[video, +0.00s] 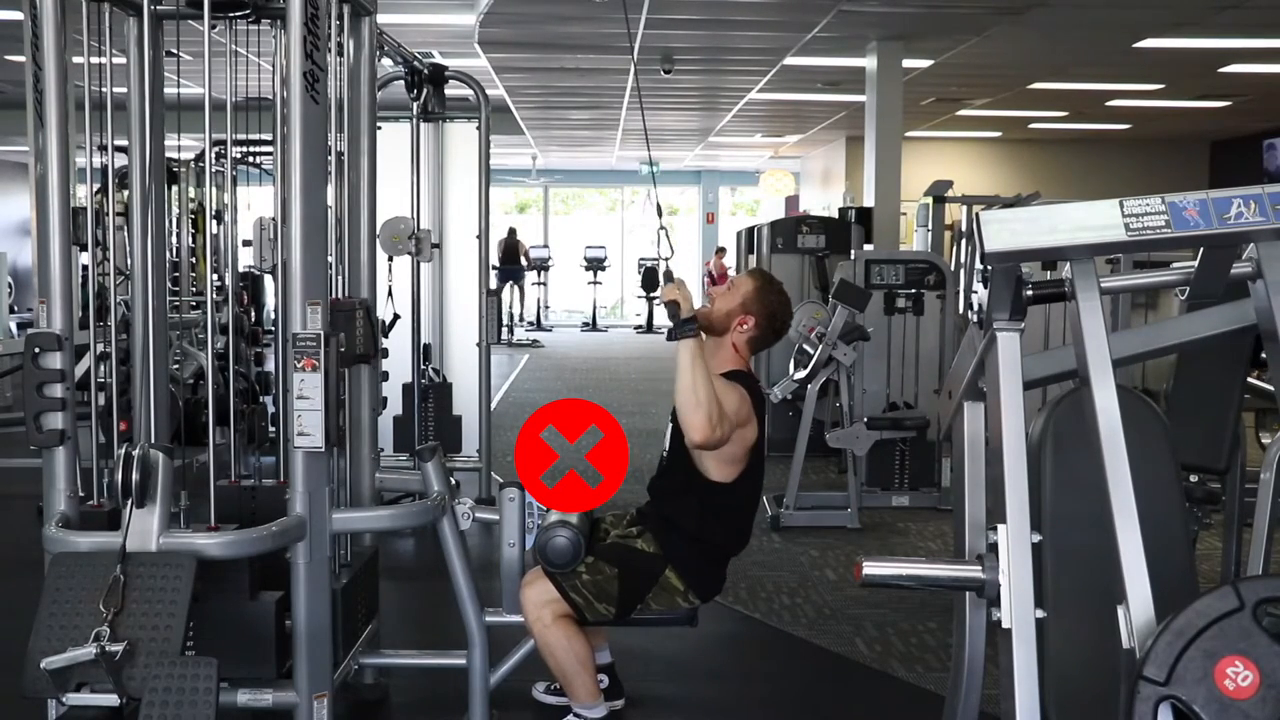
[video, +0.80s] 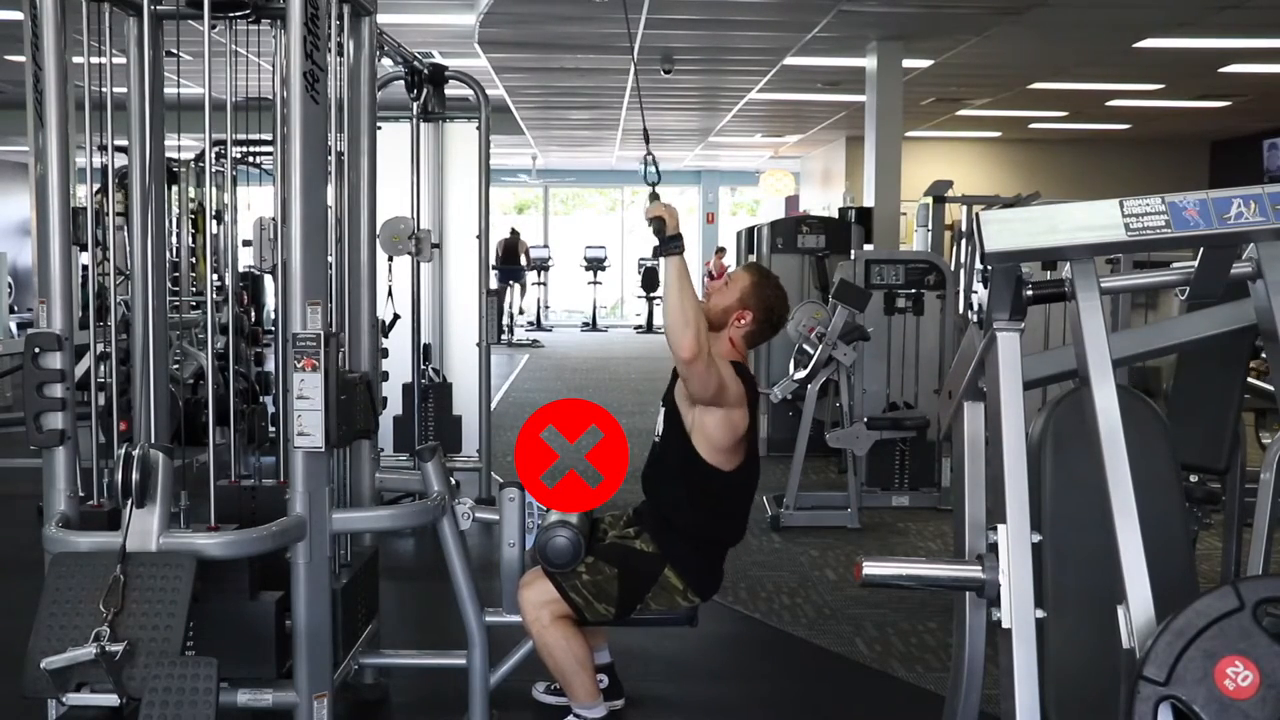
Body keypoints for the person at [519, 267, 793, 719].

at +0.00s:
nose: (716, 287)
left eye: (729, 288)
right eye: (726, 282)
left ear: (742, 325)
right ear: (743, 327)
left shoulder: (735, 391)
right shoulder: (720, 368)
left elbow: (704, 430)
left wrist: (687, 325)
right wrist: (721, 286)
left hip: (680, 559)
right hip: (660, 529)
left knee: (539, 594)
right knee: (555, 545)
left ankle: (590, 712)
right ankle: (596, 675)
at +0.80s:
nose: (712, 283)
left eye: (725, 283)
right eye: (721, 277)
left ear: (740, 318)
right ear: (741, 321)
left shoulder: (722, 384)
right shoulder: (717, 362)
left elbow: (688, 350)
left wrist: (671, 243)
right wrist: (710, 293)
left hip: (677, 561)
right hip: (654, 524)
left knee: (538, 596)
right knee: (556, 545)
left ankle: (588, 710)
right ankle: (595, 673)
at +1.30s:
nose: (701, 270)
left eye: (714, 270)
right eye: (713, 263)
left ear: (727, 308)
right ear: (729, 311)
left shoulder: (698, 355)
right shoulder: (701, 347)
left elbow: (666, 269)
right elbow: (667, 270)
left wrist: (651, 169)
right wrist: (650, 176)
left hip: (672, 557)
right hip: (657, 534)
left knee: (535, 596)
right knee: (550, 546)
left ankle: (589, 710)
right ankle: (592, 670)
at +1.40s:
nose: (703, 266)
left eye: (715, 267)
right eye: (715, 260)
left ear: (725, 306)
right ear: (729, 310)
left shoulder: (695, 352)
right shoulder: (700, 347)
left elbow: (663, 260)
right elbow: (665, 262)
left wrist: (649, 160)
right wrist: (648, 167)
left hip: (670, 556)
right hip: (660, 536)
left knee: (535, 595)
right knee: (546, 552)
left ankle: (589, 709)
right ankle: (593, 669)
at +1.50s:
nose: (704, 263)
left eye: (716, 265)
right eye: (715, 257)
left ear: (724, 304)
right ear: (727, 309)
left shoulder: (693, 350)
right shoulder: (699, 346)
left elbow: (661, 258)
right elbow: (662, 259)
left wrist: (648, 155)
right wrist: (648, 164)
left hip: (670, 555)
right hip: (661, 536)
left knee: (534, 595)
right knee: (549, 550)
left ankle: (590, 710)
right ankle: (593, 670)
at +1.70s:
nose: (709, 266)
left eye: (722, 270)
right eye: (720, 261)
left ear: (735, 310)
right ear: (737, 313)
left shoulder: (703, 353)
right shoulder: (705, 346)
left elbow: (670, 266)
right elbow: (673, 265)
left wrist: (653, 165)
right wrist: (651, 171)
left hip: (669, 555)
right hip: (658, 534)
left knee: (533, 596)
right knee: (554, 548)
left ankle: (588, 710)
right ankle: (593, 672)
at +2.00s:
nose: (765, 298)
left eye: (779, 297)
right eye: (775, 292)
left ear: (796, 332)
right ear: (795, 334)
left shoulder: (762, 396)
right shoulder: (751, 371)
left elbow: (720, 356)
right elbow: (720, 336)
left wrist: (697, 250)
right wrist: (706, 265)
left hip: (670, 564)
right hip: (649, 529)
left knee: (533, 596)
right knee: (552, 545)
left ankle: (589, 711)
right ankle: (595, 672)